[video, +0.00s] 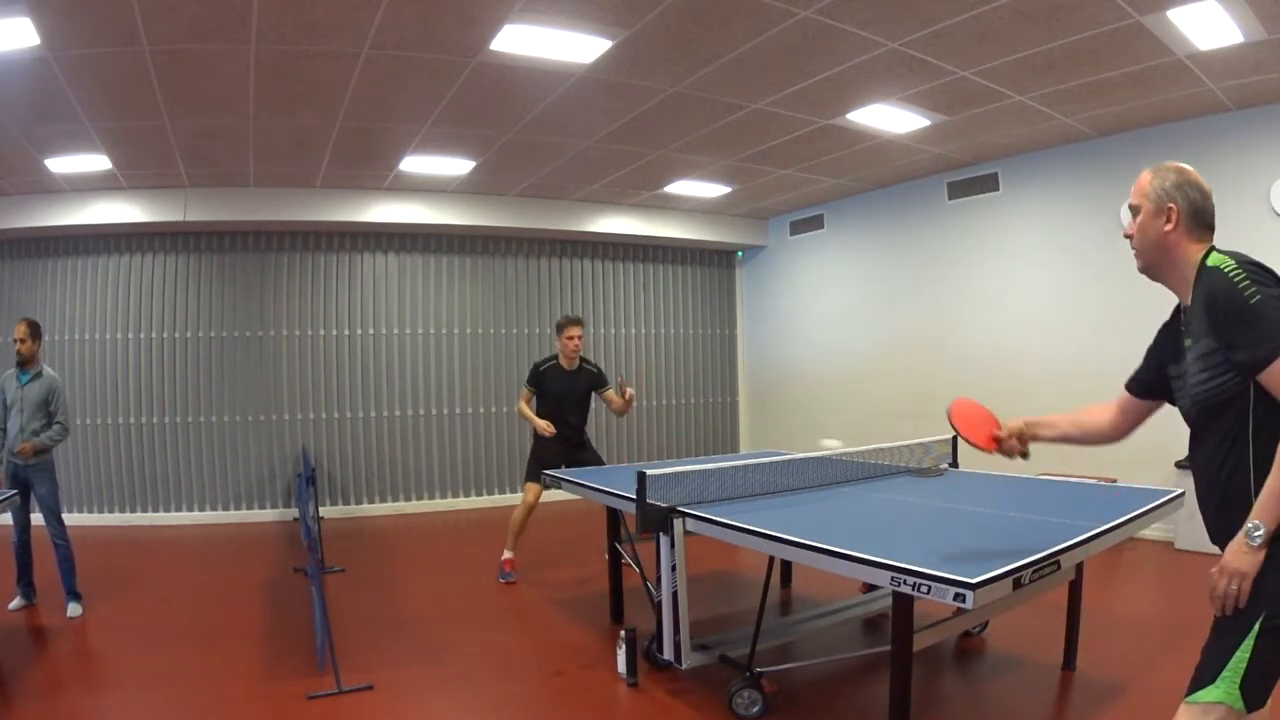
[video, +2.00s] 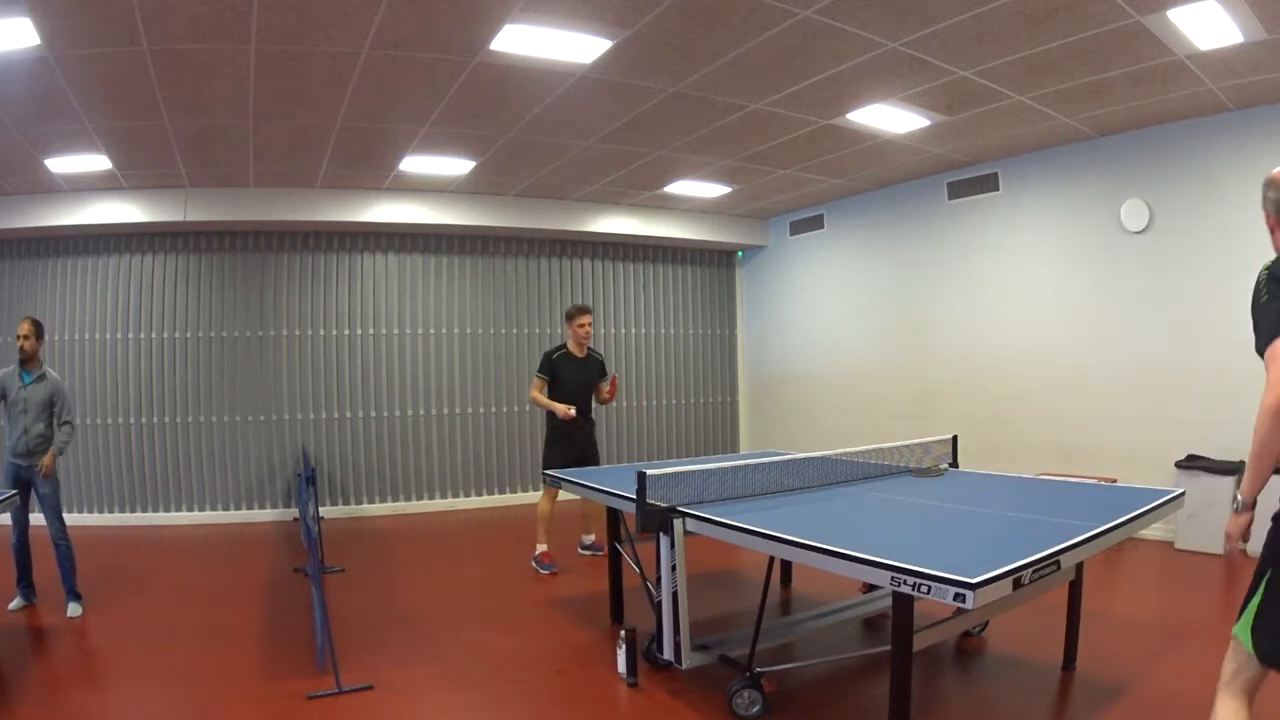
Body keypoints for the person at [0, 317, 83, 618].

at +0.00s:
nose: (17, 345)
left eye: (22, 340)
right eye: (14, 341)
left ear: (37, 343)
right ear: (14, 344)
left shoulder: (51, 382)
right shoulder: (7, 380)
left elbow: (62, 426)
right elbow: (4, 422)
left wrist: (37, 444)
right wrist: (5, 455)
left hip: (40, 465)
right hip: (11, 464)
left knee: (56, 531)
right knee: (20, 532)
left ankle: (72, 596)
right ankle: (26, 592)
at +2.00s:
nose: (21, 342)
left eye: (27, 338)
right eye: (18, 337)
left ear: (40, 342)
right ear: (15, 342)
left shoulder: (54, 384)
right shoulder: (6, 379)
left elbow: (66, 426)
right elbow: (4, 416)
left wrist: (52, 454)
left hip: (43, 465)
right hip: (12, 465)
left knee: (58, 533)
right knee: (18, 534)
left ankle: (72, 596)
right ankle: (25, 593)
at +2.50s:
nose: (17, 345)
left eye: (23, 340)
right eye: (14, 340)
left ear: (37, 344)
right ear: (12, 344)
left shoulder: (52, 384)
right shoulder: (6, 381)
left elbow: (61, 428)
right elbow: (4, 411)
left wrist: (43, 449)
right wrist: (3, 414)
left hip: (40, 464)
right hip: (11, 465)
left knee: (57, 532)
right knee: (19, 533)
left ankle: (72, 596)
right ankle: (26, 593)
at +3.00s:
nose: (17, 345)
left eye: (23, 340)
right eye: (15, 340)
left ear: (38, 344)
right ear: (13, 344)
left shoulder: (52, 383)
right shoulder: (7, 379)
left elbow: (62, 428)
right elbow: (3, 420)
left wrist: (41, 450)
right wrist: (1, 403)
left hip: (41, 463)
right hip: (11, 464)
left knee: (57, 531)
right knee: (20, 533)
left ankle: (72, 596)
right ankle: (26, 593)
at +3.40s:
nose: (16, 347)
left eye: (22, 342)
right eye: (14, 342)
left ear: (37, 345)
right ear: (13, 345)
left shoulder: (52, 383)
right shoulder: (6, 381)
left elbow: (63, 427)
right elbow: (2, 415)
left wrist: (45, 450)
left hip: (41, 463)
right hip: (12, 463)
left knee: (58, 531)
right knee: (20, 532)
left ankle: (73, 596)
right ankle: (26, 593)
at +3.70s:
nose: (18, 345)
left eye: (24, 340)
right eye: (15, 340)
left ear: (38, 344)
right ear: (14, 343)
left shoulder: (52, 383)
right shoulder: (6, 381)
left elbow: (62, 428)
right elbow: (2, 416)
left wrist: (42, 451)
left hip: (41, 463)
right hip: (12, 463)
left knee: (57, 531)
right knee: (20, 532)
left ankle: (73, 596)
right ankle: (26, 593)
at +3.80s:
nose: (18, 345)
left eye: (24, 340)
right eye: (15, 340)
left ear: (38, 344)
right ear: (13, 343)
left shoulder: (52, 382)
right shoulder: (6, 381)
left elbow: (62, 428)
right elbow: (3, 419)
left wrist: (42, 451)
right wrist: (8, 448)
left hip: (41, 463)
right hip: (11, 463)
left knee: (57, 531)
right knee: (20, 532)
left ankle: (73, 596)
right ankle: (26, 593)